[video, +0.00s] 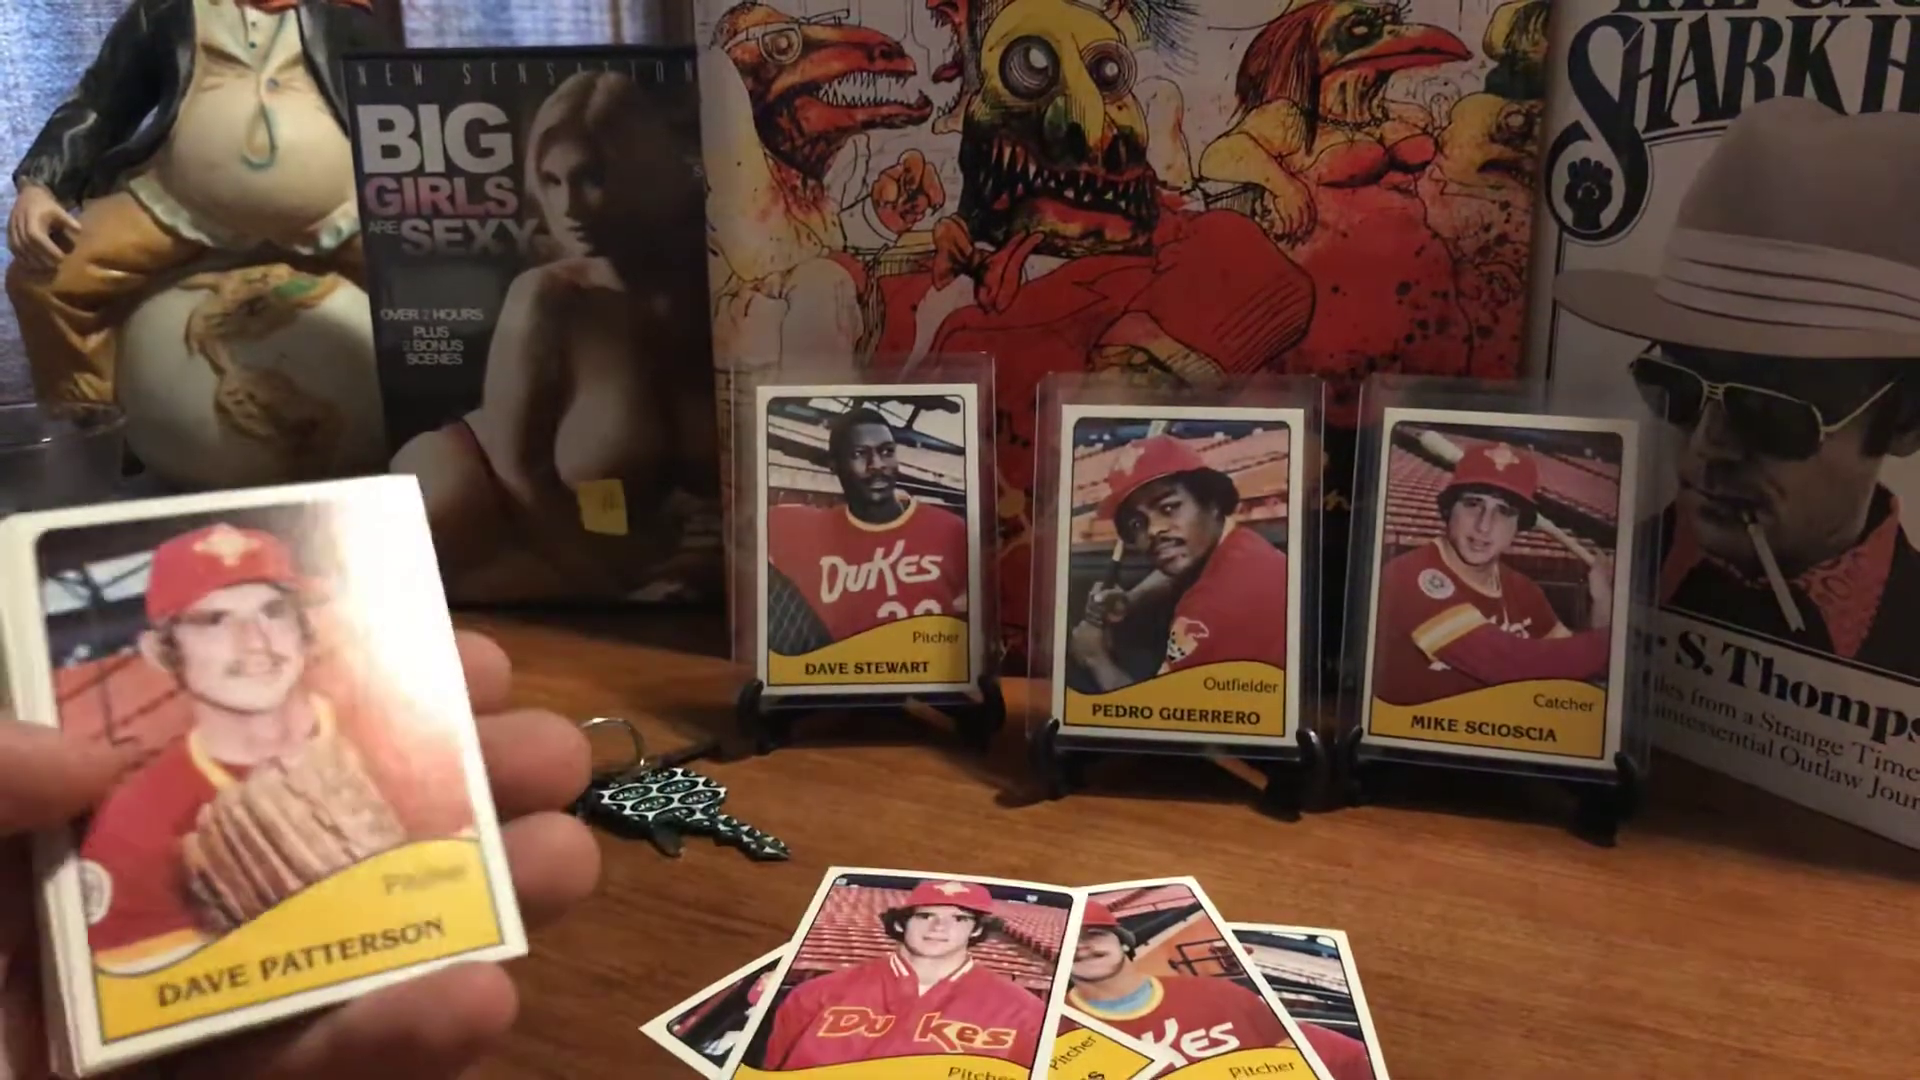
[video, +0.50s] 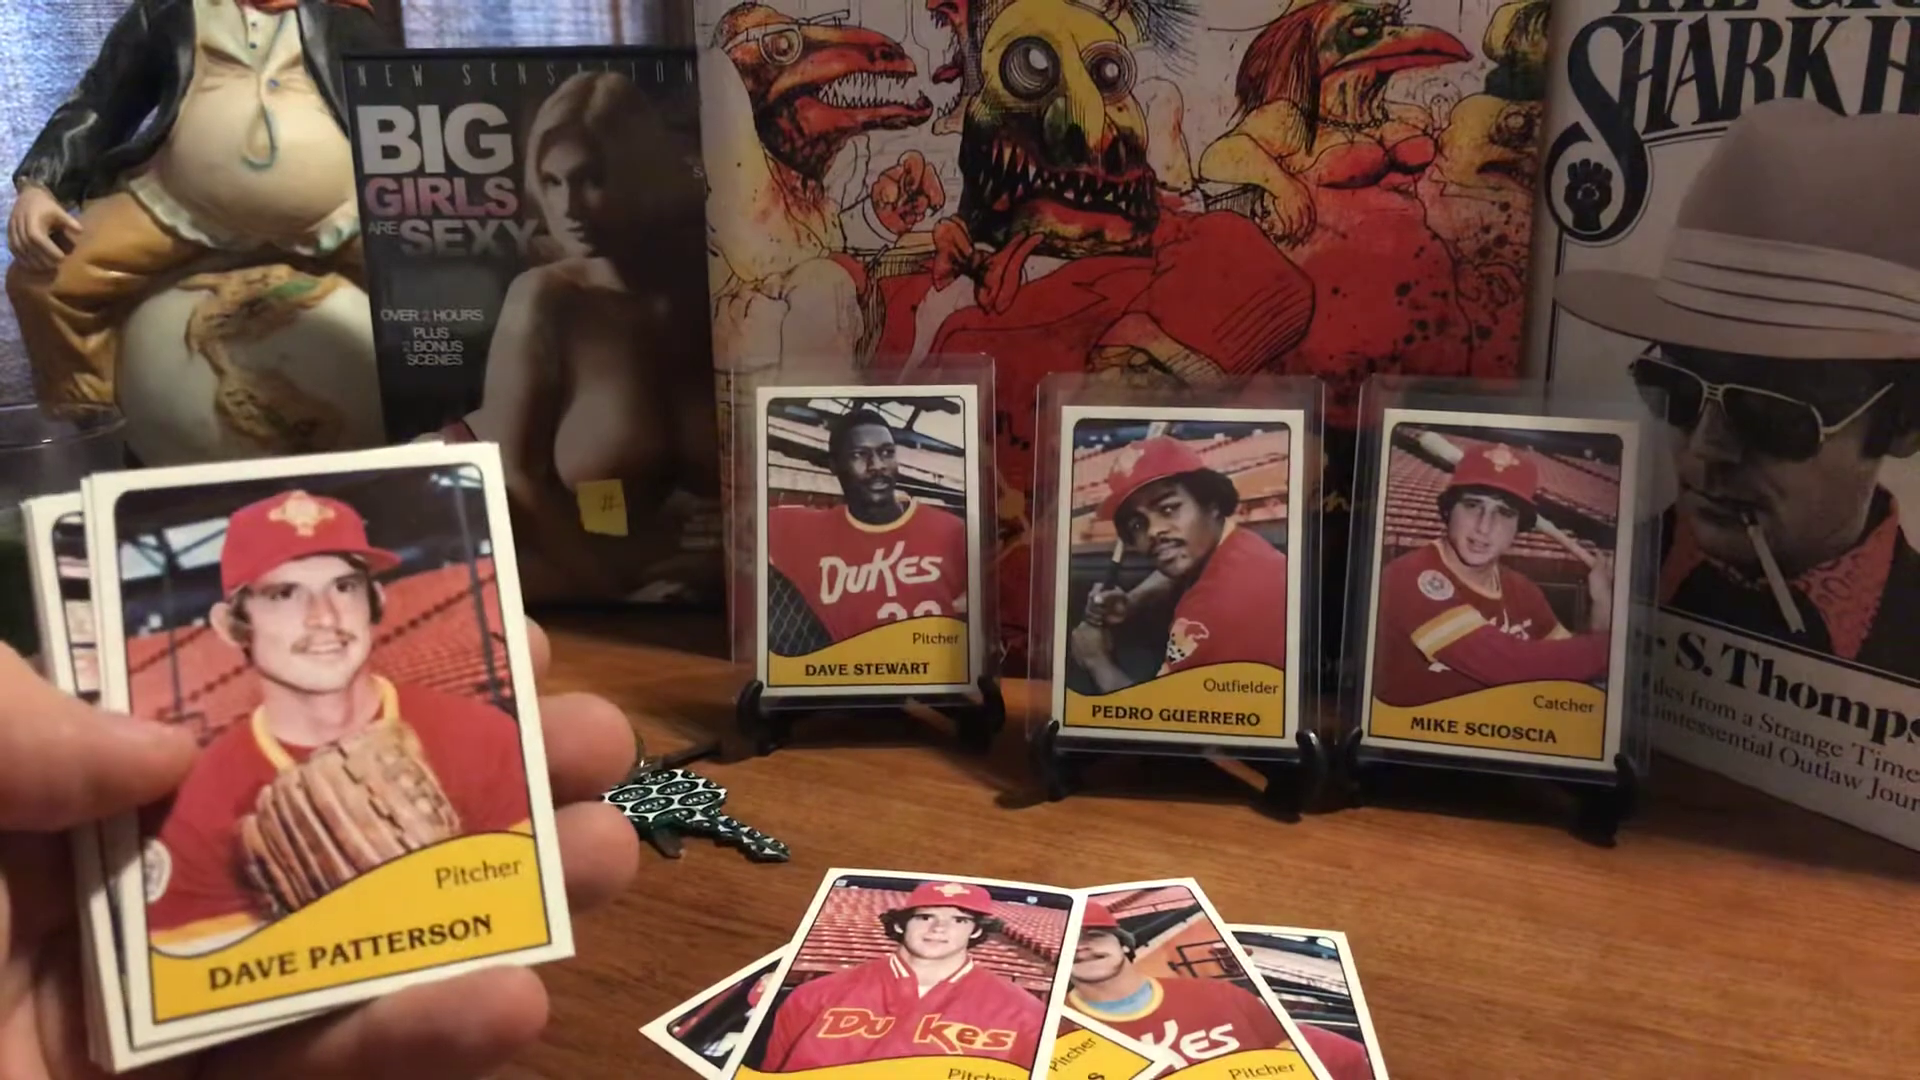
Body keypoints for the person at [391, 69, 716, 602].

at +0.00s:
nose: (569, 205)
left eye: (591, 178)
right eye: (552, 181)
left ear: (642, 176)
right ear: (536, 188)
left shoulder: (698, 294)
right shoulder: (545, 297)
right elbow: (514, 463)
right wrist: (612, 575)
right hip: (485, 471)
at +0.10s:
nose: (569, 206)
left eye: (590, 179)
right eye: (552, 182)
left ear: (641, 176)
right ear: (536, 189)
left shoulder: (694, 295)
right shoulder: (544, 300)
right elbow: (514, 466)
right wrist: (611, 579)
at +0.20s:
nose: (569, 206)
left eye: (592, 178)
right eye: (551, 181)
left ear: (643, 178)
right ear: (537, 188)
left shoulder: (701, 297)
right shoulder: (543, 300)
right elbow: (512, 474)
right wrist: (610, 579)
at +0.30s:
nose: (570, 205)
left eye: (592, 178)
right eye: (552, 182)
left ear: (641, 179)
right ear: (538, 190)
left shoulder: (699, 299)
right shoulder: (543, 298)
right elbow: (508, 471)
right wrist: (609, 580)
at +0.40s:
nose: (570, 205)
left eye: (593, 179)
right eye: (553, 182)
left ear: (639, 179)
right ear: (538, 189)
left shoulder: (704, 294)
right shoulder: (543, 298)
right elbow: (511, 472)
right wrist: (608, 579)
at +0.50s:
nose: (570, 205)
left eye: (593, 179)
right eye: (553, 182)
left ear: (638, 179)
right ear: (537, 189)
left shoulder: (699, 294)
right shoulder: (543, 298)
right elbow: (508, 470)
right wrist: (609, 577)